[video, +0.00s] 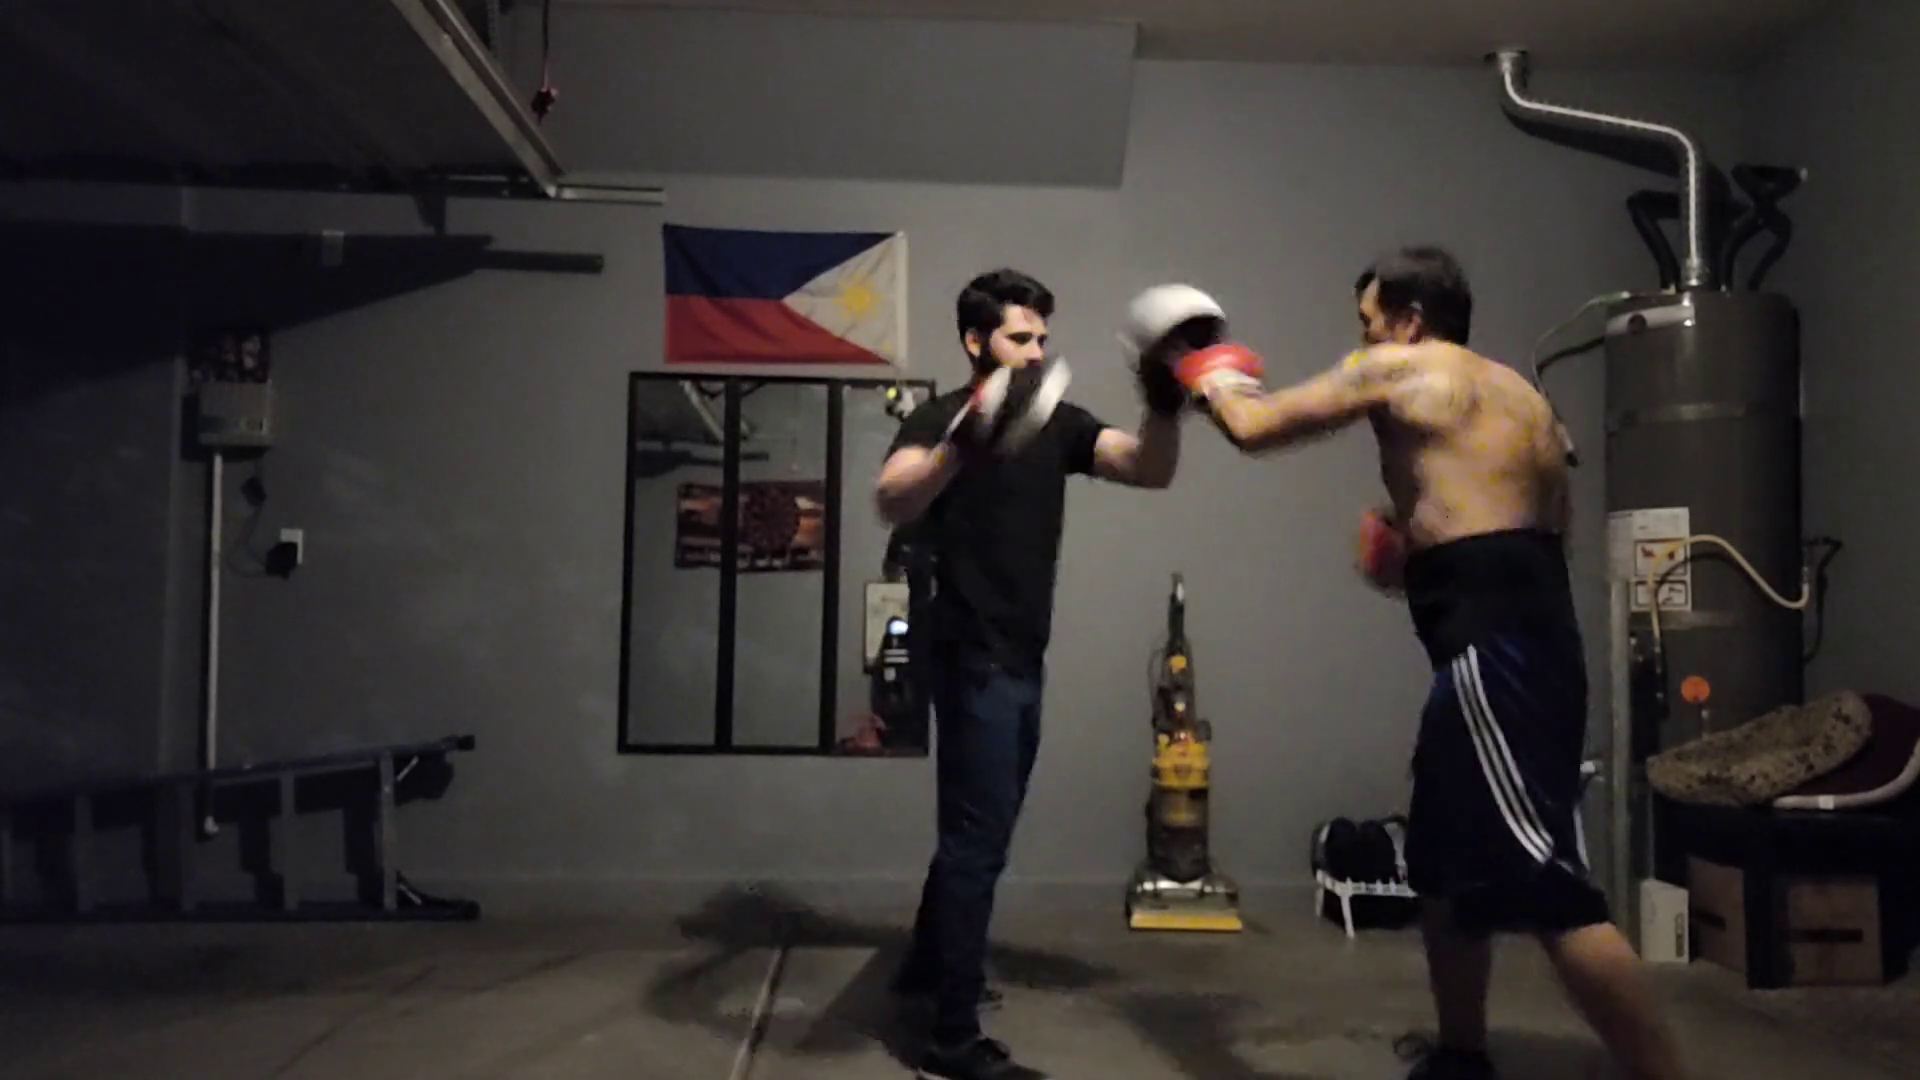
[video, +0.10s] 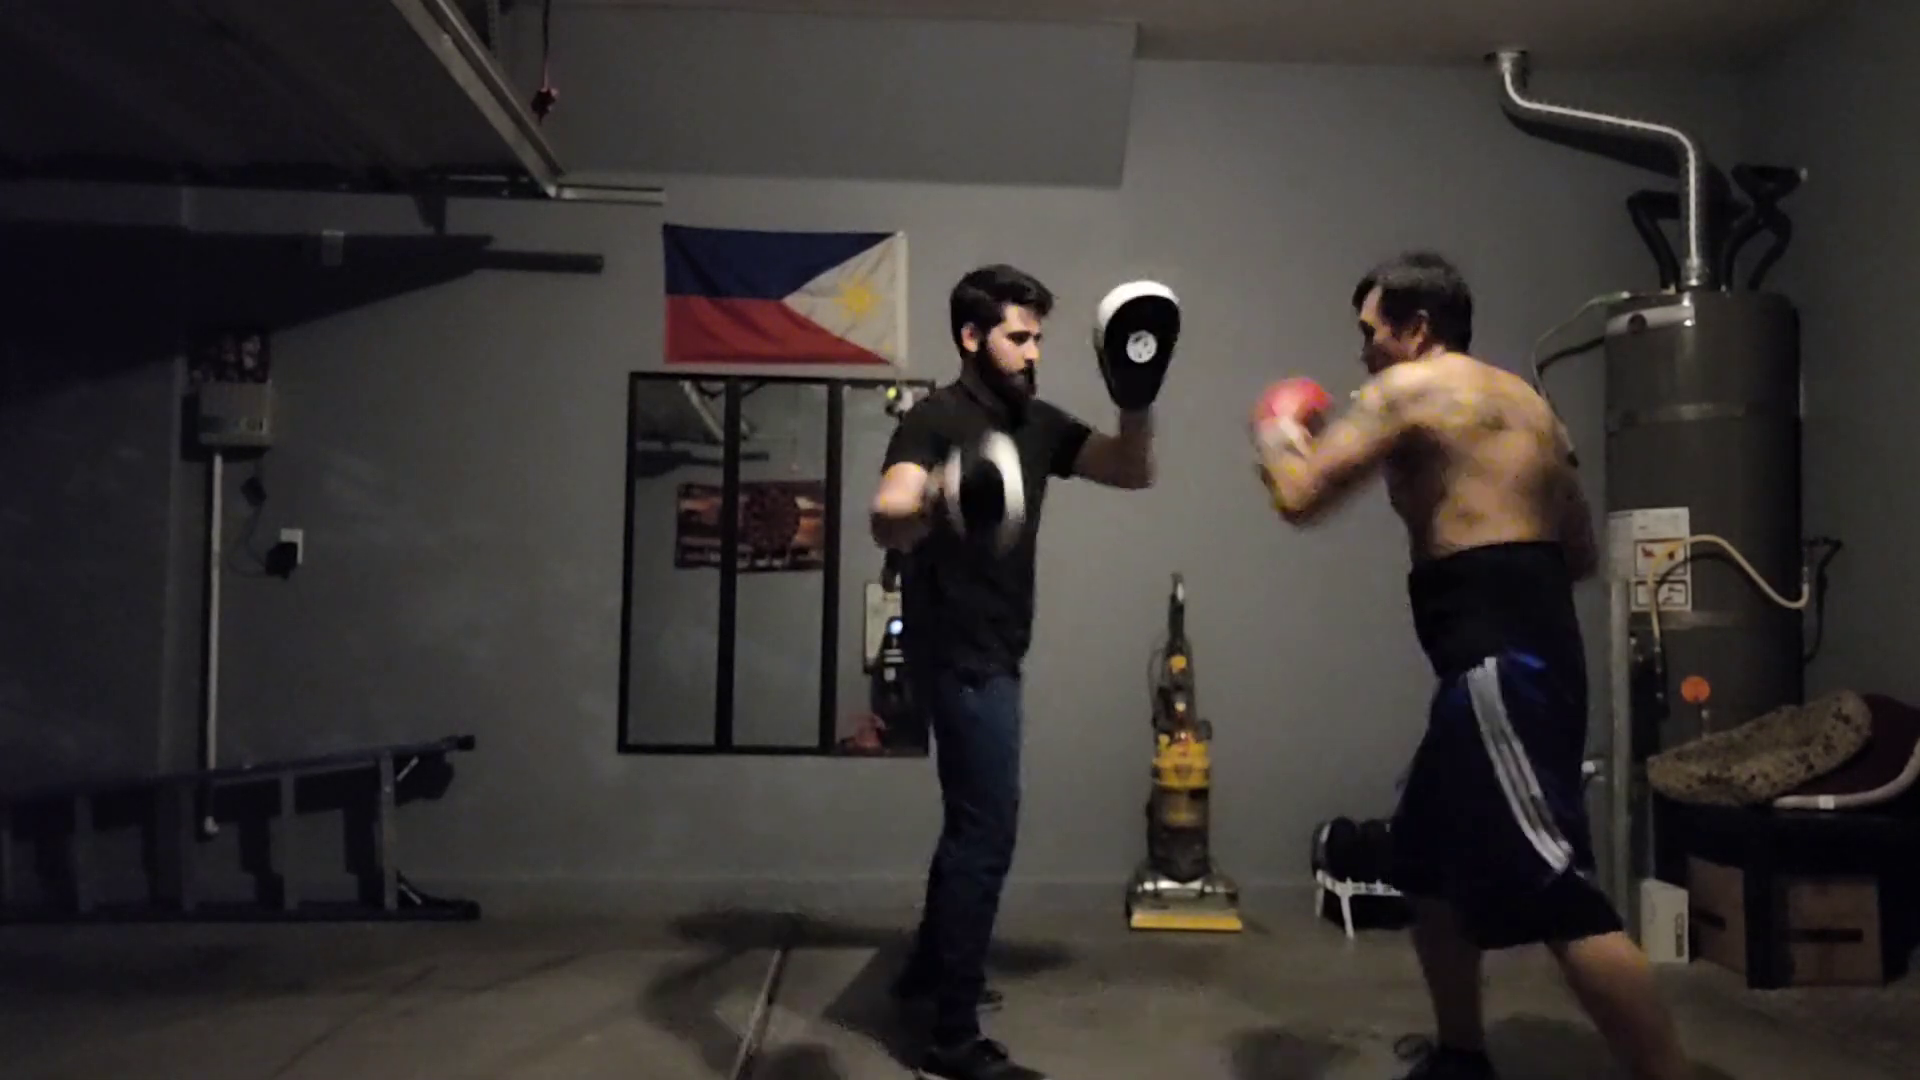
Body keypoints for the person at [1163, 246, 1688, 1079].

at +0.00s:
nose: (1363, 338)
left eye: (1368, 322)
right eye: (1361, 323)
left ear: (1403, 317)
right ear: (1451, 319)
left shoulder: (1399, 365)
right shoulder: (1529, 398)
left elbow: (1252, 424)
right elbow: (1541, 540)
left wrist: (1210, 368)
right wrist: (1417, 559)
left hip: (1492, 640)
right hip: (1528, 634)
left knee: (1547, 881)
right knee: (1444, 859)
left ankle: (1661, 1069)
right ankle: (1460, 1056)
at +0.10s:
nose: (1363, 348)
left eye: (1370, 331)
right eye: (1361, 331)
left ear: (1413, 326)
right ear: (1443, 329)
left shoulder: (1406, 388)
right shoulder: (1526, 398)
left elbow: (1298, 492)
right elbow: (1580, 547)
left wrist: (1273, 429)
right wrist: (1486, 572)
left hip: (1489, 645)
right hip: (1541, 635)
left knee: (1555, 885)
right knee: (1426, 854)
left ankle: (1666, 1068)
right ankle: (1460, 1056)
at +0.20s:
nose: (1362, 353)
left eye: (1369, 334)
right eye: (1360, 336)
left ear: (1420, 328)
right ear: (1427, 329)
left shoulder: (1470, 380)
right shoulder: (1457, 392)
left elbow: (1397, 502)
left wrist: (1329, 472)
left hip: (1532, 656)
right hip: (1485, 660)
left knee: (1583, 887)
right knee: (1424, 864)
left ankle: (1670, 1068)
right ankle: (1457, 1056)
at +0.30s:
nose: (1370, 346)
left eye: (1380, 327)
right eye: (1365, 330)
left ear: (1431, 320)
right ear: (1423, 325)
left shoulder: (1508, 370)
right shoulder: (1435, 407)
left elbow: (1478, 488)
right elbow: (1413, 518)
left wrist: (1389, 442)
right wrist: (1306, 519)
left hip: (1572, 650)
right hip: (1498, 653)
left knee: (1607, 884)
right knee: (1443, 862)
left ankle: (1676, 1070)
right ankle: (1459, 1055)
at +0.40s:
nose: (1385, 341)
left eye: (1394, 322)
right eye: (1381, 325)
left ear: (1445, 317)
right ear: (1431, 324)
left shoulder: (1530, 373)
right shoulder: (1444, 405)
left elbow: (1530, 488)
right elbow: (1423, 523)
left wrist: (1429, 438)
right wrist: (1334, 528)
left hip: (1585, 648)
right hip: (1508, 650)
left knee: (1623, 888)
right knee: (1447, 862)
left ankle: (1702, 1067)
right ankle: (1459, 1056)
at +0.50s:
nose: (1406, 341)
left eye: (1418, 323)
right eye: (1403, 325)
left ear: (1472, 322)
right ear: (1464, 327)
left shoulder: (1554, 383)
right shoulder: (1475, 419)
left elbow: (1607, 488)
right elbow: (1481, 519)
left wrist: (1484, 474)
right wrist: (1386, 547)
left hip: (1590, 677)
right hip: (1498, 674)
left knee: (1643, 903)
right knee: (1411, 856)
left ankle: (1711, 1071)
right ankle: (1437, 1037)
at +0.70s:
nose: (1410, 346)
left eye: (1425, 331)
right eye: (1411, 328)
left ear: (1484, 339)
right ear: (1452, 336)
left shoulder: (1578, 408)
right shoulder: (1429, 426)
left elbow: (1633, 537)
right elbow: (1325, 497)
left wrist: (1513, 509)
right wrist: (1259, 485)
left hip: (1582, 684)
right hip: (1484, 682)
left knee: (1634, 923)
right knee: (1413, 870)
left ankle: (1716, 1074)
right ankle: (1405, 1036)